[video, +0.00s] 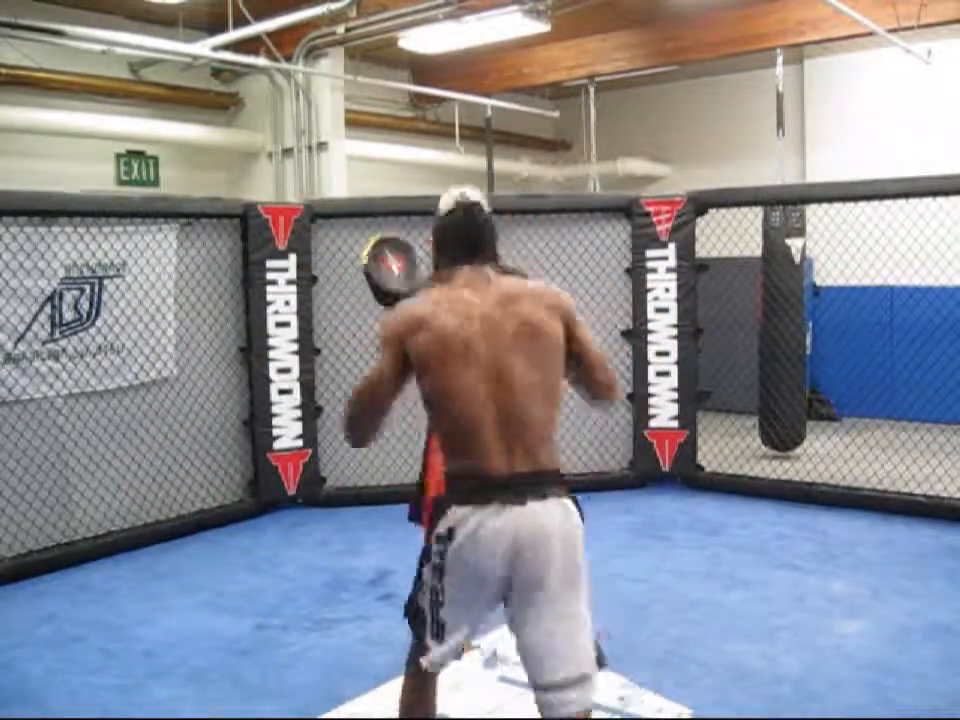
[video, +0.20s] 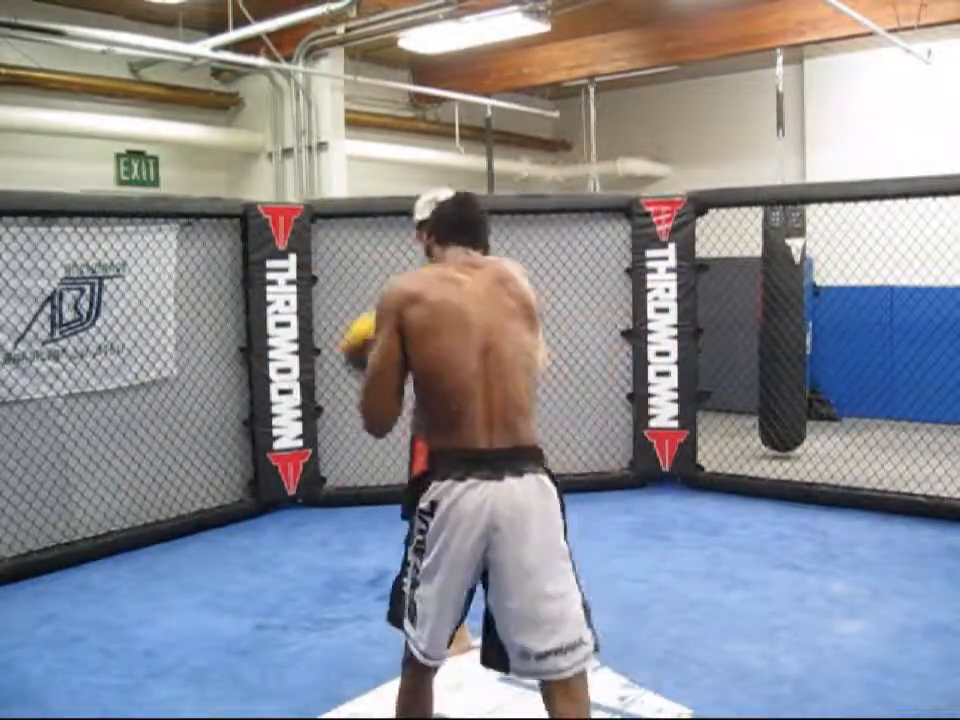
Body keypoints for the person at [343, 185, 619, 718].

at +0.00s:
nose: (434, 253)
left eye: (434, 246)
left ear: (436, 252)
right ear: (495, 247)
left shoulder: (413, 317)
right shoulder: (549, 302)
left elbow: (359, 426)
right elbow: (606, 389)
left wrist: (397, 353)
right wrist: (551, 345)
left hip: (469, 527)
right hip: (551, 522)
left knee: (423, 667)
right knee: (567, 700)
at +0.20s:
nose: (417, 246)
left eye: (418, 239)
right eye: (420, 239)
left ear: (428, 239)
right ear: (482, 240)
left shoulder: (406, 291)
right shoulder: (516, 279)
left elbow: (378, 419)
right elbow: (532, 367)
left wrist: (369, 359)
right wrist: (399, 344)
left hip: (453, 494)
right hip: (530, 490)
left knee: (420, 662)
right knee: (564, 668)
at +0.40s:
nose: (425, 255)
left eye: (424, 246)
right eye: (428, 250)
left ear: (429, 242)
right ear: (483, 235)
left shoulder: (413, 286)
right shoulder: (540, 284)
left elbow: (387, 406)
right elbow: (577, 392)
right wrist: (517, 372)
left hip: (467, 484)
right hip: (543, 479)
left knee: (432, 658)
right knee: (589, 648)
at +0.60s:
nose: (487, 266)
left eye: (486, 257)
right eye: (489, 258)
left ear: (495, 252)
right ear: (543, 248)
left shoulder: (478, 304)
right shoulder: (602, 296)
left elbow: (406, 386)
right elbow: (643, 400)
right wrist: (584, 373)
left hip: (521, 497)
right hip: (594, 493)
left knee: (450, 658)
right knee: (651, 648)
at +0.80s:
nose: (532, 254)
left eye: (535, 242)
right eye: (531, 243)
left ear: (558, 237)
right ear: (591, 232)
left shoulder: (556, 276)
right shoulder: (666, 281)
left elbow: (455, 322)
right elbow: (693, 386)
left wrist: (410, 302)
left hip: (620, 479)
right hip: (682, 473)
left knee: (541, 633)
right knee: (685, 643)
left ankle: (519, 711)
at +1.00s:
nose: (579, 249)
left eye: (585, 238)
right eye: (579, 238)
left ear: (613, 235)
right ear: (641, 232)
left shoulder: (604, 276)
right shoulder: (701, 276)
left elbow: (484, 290)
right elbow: (714, 344)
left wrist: (398, 283)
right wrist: (617, 315)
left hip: (680, 479)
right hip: (725, 465)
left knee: (593, 647)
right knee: (721, 607)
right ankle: (760, 712)